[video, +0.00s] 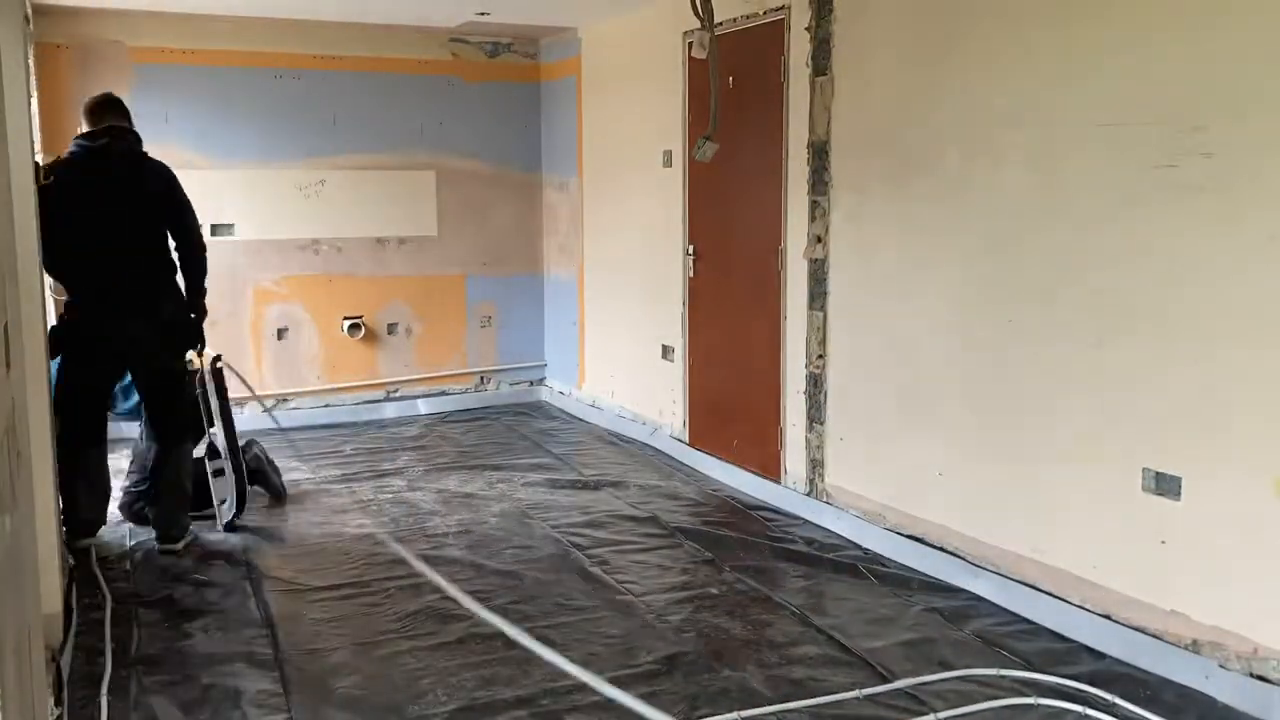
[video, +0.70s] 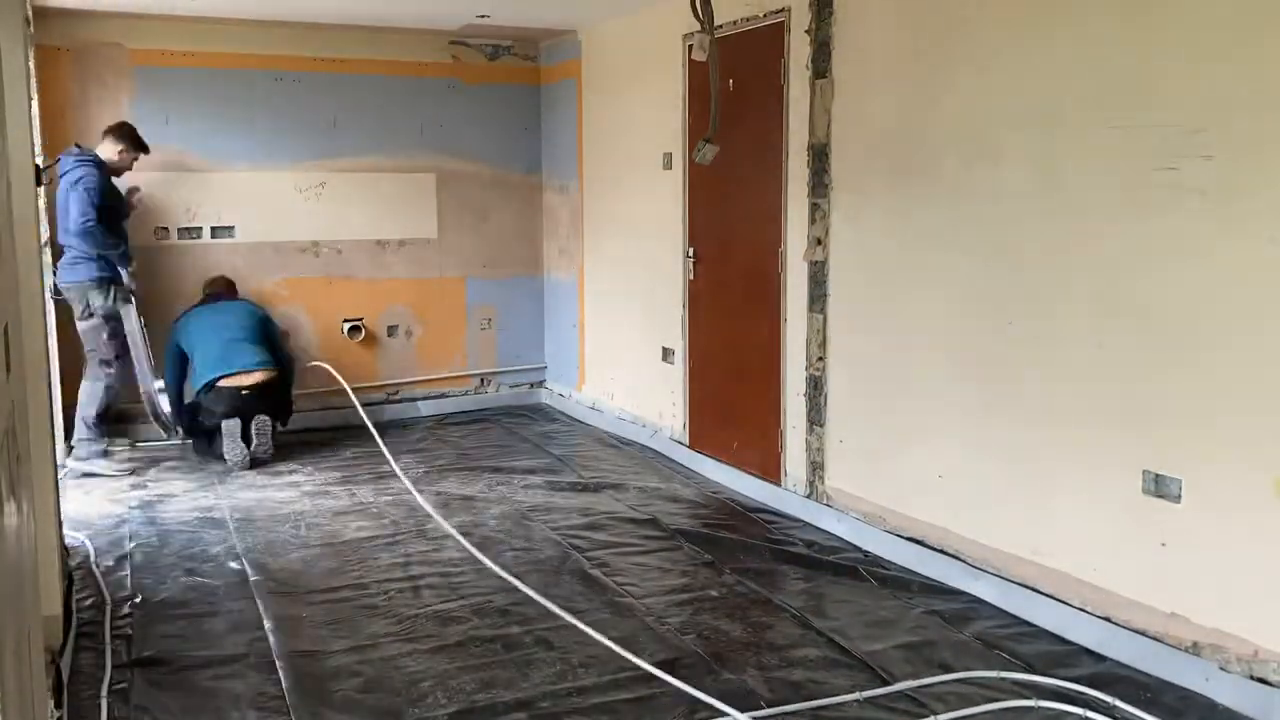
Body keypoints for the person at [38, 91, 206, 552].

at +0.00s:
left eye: (93, 124)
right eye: (124, 124)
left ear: (86, 129)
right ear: (130, 125)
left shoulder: (58, 179)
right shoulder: (155, 173)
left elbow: (48, 253)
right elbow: (191, 243)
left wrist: (80, 289)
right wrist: (195, 301)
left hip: (89, 319)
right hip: (153, 314)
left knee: (80, 421)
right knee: (171, 418)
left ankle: (82, 526)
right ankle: (171, 528)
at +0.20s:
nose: (35, 161)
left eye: (34, 155)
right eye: (36, 156)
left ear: (41, 151)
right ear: (77, 140)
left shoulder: (45, 186)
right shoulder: (120, 184)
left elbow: (41, 265)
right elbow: (133, 249)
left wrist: (51, 308)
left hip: (84, 327)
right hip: (146, 319)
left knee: (85, 429)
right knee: (159, 422)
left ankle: (100, 528)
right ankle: (175, 527)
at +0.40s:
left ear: (27, 152)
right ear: (59, 151)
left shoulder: (14, 185)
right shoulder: (74, 191)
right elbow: (92, 249)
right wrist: (71, 281)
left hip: (17, 294)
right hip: (58, 295)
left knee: (22, 385)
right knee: (63, 386)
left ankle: (23, 481)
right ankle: (65, 478)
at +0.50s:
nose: (85, 152)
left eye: (81, 146)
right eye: (84, 147)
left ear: (44, 148)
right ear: (79, 149)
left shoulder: (26, 183)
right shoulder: (93, 186)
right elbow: (110, 248)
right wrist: (98, 284)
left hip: (24, 292)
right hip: (68, 294)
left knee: (26, 377)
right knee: (66, 377)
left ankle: (29, 463)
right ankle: (66, 462)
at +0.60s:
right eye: (108, 170)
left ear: (72, 161)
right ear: (106, 170)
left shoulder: (43, 184)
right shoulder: (111, 199)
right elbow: (116, 259)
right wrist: (114, 304)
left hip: (29, 283)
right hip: (73, 287)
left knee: (39, 373)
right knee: (74, 374)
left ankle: (32, 458)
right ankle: (69, 460)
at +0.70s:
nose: (129, 168)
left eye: (133, 162)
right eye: (131, 160)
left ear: (111, 147)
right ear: (119, 151)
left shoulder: (82, 171)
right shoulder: (88, 175)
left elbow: (99, 221)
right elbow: (82, 227)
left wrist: (122, 206)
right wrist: (120, 253)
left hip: (85, 277)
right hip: (89, 277)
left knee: (106, 361)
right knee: (105, 362)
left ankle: (89, 444)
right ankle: (87, 449)